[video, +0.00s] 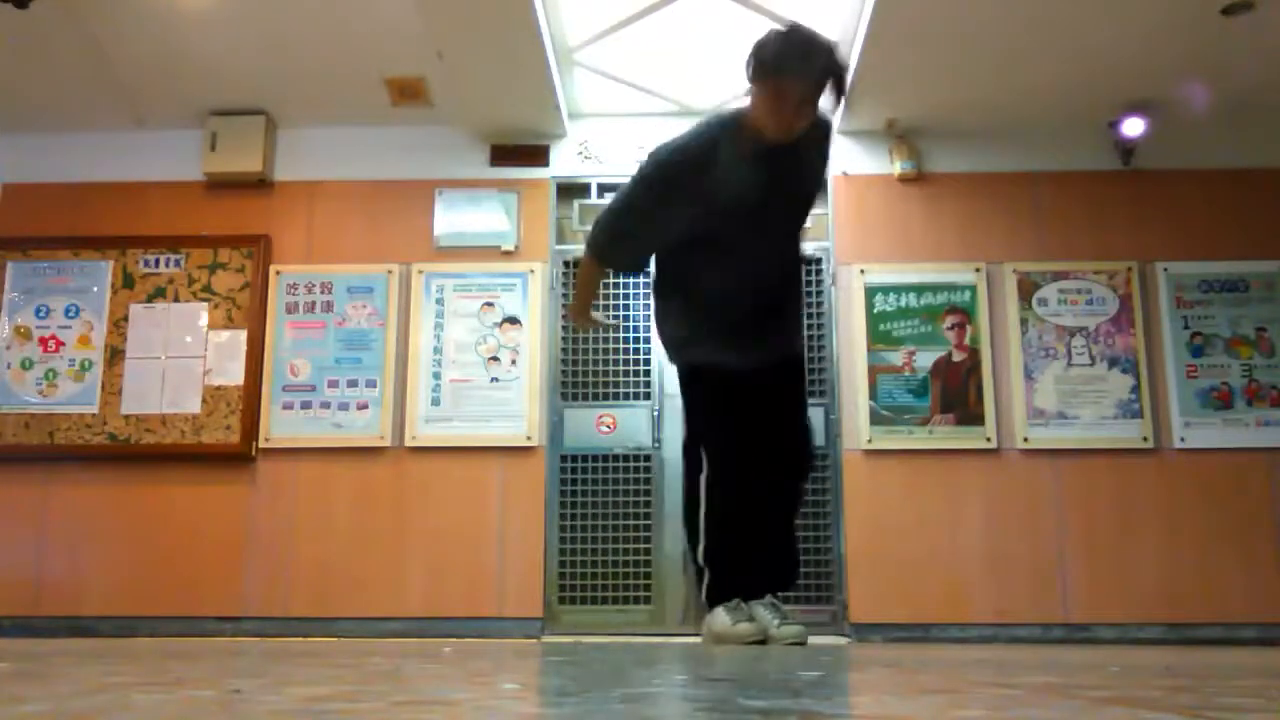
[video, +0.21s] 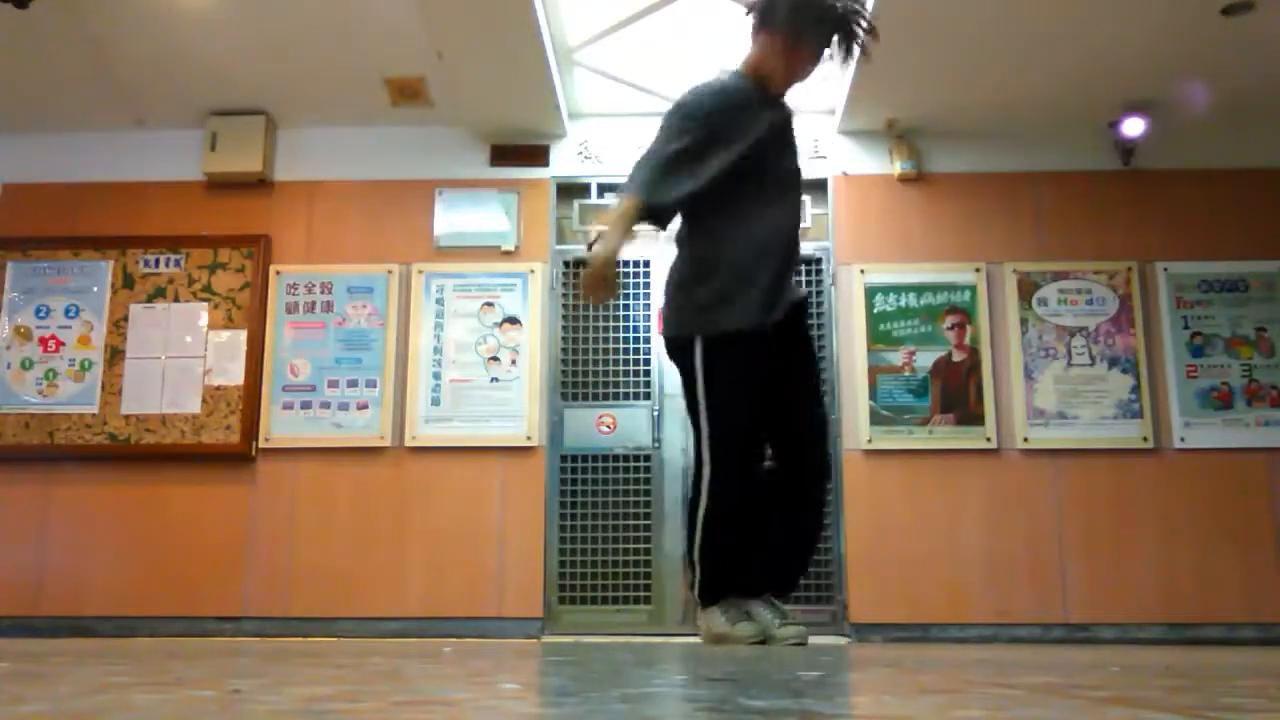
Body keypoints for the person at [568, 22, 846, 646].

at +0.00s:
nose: (793, 114)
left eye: (804, 102)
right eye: (783, 100)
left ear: (819, 95)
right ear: (756, 86)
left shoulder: (813, 139)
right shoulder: (695, 156)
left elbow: (789, 215)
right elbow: (616, 228)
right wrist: (582, 301)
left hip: (775, 322)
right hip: (705, 329)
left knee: (784, 456)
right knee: (729, 458)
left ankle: (764, 596)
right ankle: (725, 602)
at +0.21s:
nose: (808, 64)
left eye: (814, 51)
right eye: (802, 47)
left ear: (810, 51)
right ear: (768, 36)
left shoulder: (773, 114)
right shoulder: (714, 105)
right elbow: (649, 181)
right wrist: (605, 250)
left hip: (773, 311)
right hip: (711, 315)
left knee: (805, 456)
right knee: (728, 455)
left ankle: (764, 596)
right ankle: (719, 603)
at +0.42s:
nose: (811, 77)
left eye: (819, 66)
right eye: (811, 60)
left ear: (785, 49)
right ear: (778, 42)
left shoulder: (758, 106)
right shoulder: (738, 83)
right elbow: (662, 122)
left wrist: (627, 213)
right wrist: (646, 193)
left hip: (738, 313)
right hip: (689, 307)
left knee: (775, 457)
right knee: (714, 452)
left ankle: (747, 603)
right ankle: (685, 580)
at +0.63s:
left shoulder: (760, 58)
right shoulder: (651, 41)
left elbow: (787, 164)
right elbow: (578, 146)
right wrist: (561, 244)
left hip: (726, 273)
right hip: (647, 266)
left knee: (748, 427)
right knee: (656, 422)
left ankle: (701, 580)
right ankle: (615, 585)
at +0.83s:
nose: (665, 6)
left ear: (690, 3)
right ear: (637, 5)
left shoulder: (732, 50)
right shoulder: (592, 83)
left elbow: (771, 80)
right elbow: (549, 187)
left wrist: (790, 120)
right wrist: (528, 277)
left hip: (708, 279)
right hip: (622, 282)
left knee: (760, 414)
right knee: (619, 427)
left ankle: (719, 555)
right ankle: (615, 592)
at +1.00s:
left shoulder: (725, 10)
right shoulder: (580, 30)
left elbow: (811, 93)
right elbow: (531, 139)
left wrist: (835, 193)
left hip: (704, 214)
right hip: (620, 225)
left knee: (684, 375)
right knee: (614, 396)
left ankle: (690, 563)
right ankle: (677, 565)